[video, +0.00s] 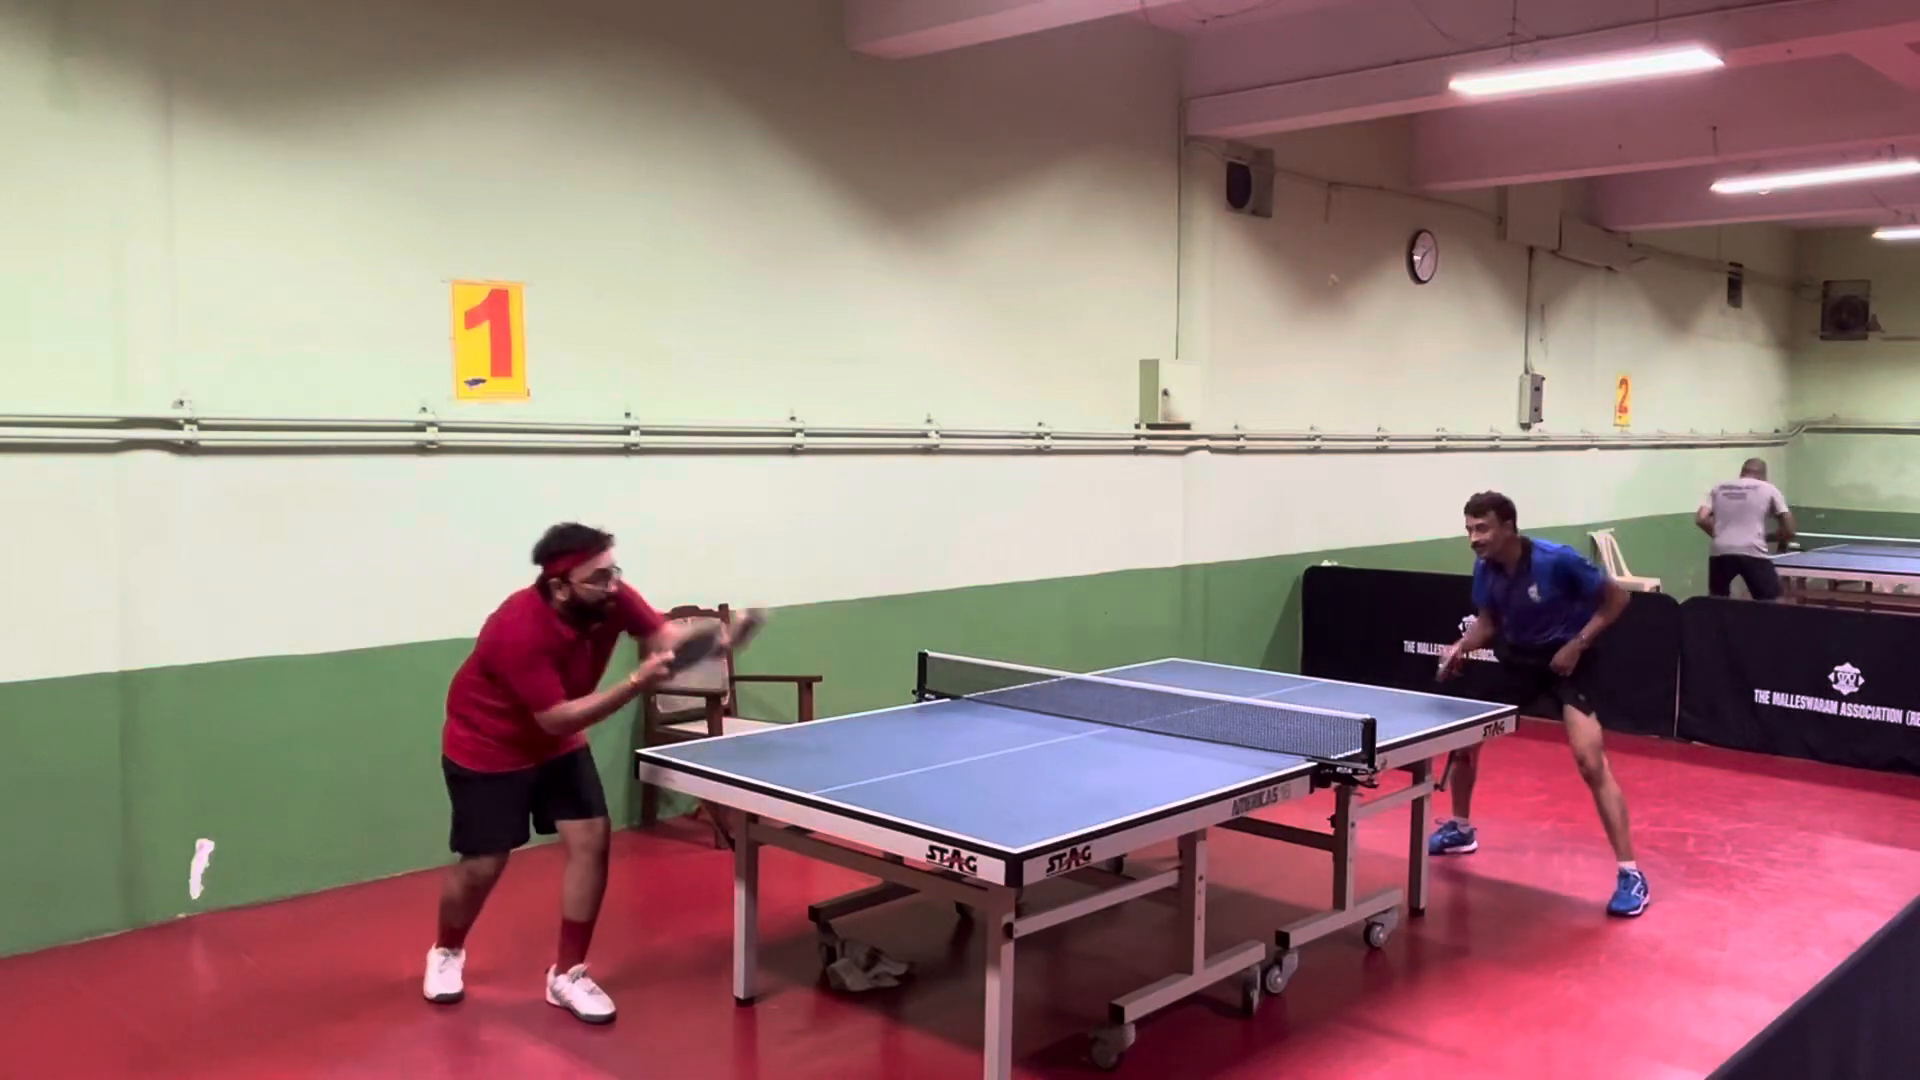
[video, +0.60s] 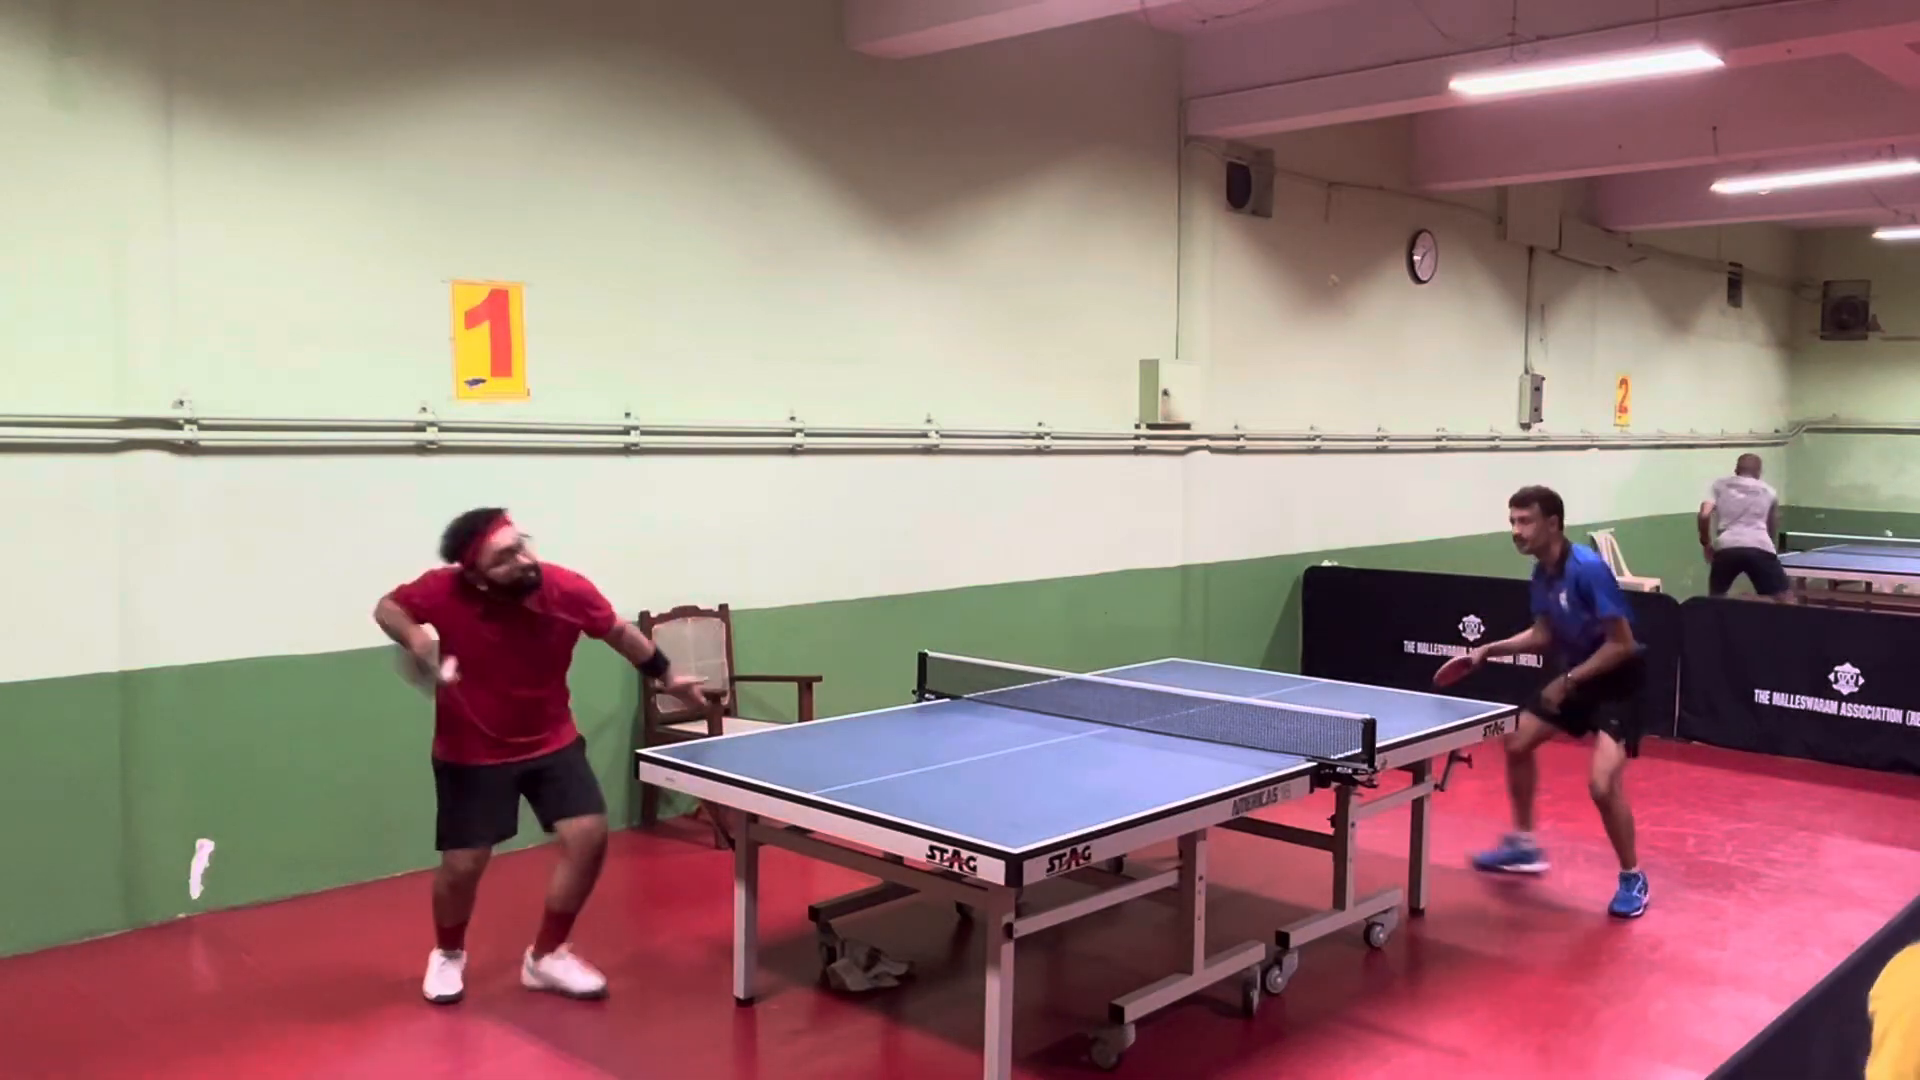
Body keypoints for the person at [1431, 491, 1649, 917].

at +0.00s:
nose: (1474, 538)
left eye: (1481, 530)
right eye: (1470, 531)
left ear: (1509, 527)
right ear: (1471, 532)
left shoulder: (1558, 561)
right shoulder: (1484, 571)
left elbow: (1617, 596)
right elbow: (1488, 624)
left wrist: (1578, 644)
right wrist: (1459, 648)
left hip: (1567, 666)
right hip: (1514, 665)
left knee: (1590, 763)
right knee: (1463, 734)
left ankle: (1629, 874)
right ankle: (1460, 826)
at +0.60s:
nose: (1516, 531)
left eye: (1524, 522)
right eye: (1513, 523)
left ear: (1554, 523)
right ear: (1518, 526)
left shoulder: (1589, 568)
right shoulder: (1541, 575)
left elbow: (1621, 643)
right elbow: (1545, 634)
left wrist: (1569, 679)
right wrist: (1487, 650)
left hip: (1619, 677)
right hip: (1576, 675)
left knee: (1602, 784)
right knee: (1516, 742)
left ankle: (1632, 877)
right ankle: (1523, 843)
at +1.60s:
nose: (1659, 544)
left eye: (1666, 536)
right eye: (1661, 537)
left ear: (1695, 540)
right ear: (1692, 541)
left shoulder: (1716, 603)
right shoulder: (1674, 585)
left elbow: (1701, 695)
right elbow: (1622, 618)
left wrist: (1640, 722)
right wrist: (1668, 591)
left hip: (1688, 725)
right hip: (1658, 715)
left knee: (1653, 848)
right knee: (1613, 774)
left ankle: (1730, 968)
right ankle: (1655, 879)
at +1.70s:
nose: (1657, 527)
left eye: (1665, 519)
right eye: (1658, 520)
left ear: (1698, 525)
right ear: (1684, 525)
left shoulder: (1724, 591)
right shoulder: (1662, 567)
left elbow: (1724, 683)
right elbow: (1623, 634)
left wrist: (1661, 706)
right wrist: (1640, 602)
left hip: (1701, 703)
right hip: (1664, 695)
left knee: (1680, 821)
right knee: (1613, 771)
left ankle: (1721, 953)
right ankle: (1661, 871)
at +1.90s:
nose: (1638, 549)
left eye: (1646, 540)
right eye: (1637, 541)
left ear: (1676, 545)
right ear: (1667, 549)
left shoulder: (1703, 601)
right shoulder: (1668, 597)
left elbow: (1714, 688)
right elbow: (1668, 666)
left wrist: (1669, 720)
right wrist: (1606, 671)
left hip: (1728, 717)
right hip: (1694, 709)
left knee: (1684, 828)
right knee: (1641, 776)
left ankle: (1764, 936)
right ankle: (1665, 857)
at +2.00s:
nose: (1622, 566)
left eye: (1629, 558)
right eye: (1624, 558)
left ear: (1656, 565)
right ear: (1659, 567)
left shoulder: (1662, 612)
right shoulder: (1689, 603)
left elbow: (1650, 694)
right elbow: (1684, 681)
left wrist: (1630, 718)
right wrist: (1649, 718)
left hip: (1720, 723)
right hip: (1710, 717)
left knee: (1679, 833)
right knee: (1641, 763)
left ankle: (1763, 937)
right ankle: (1672, 856)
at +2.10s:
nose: (1607, 568)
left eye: (1612, 561)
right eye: (1608, 561)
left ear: (1634, 564)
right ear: (1648, 567)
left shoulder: (1626, 599)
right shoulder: (1678, 600)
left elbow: (1601, 674)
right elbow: (1677, 656)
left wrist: (1583, 685)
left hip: (1696, 705)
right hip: (1723, 699)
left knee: (1687, 821)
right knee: (1649, 752)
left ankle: (1759, 928)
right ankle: (1686, 855)